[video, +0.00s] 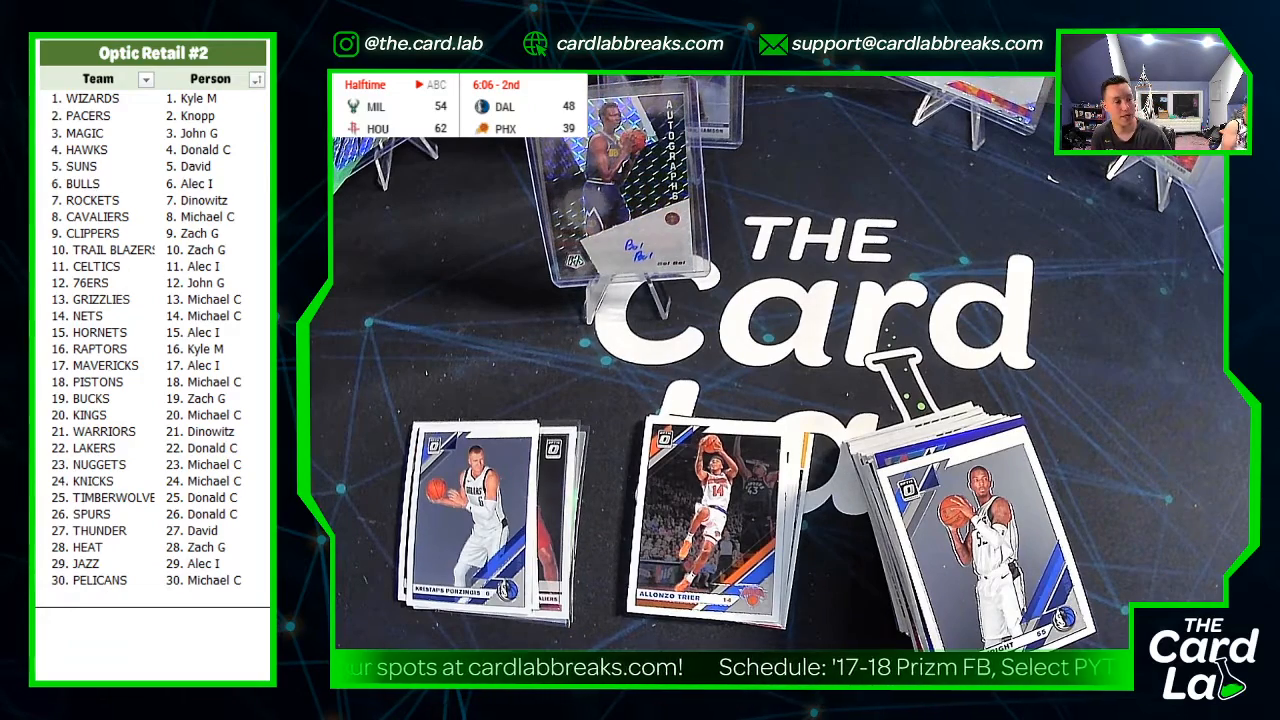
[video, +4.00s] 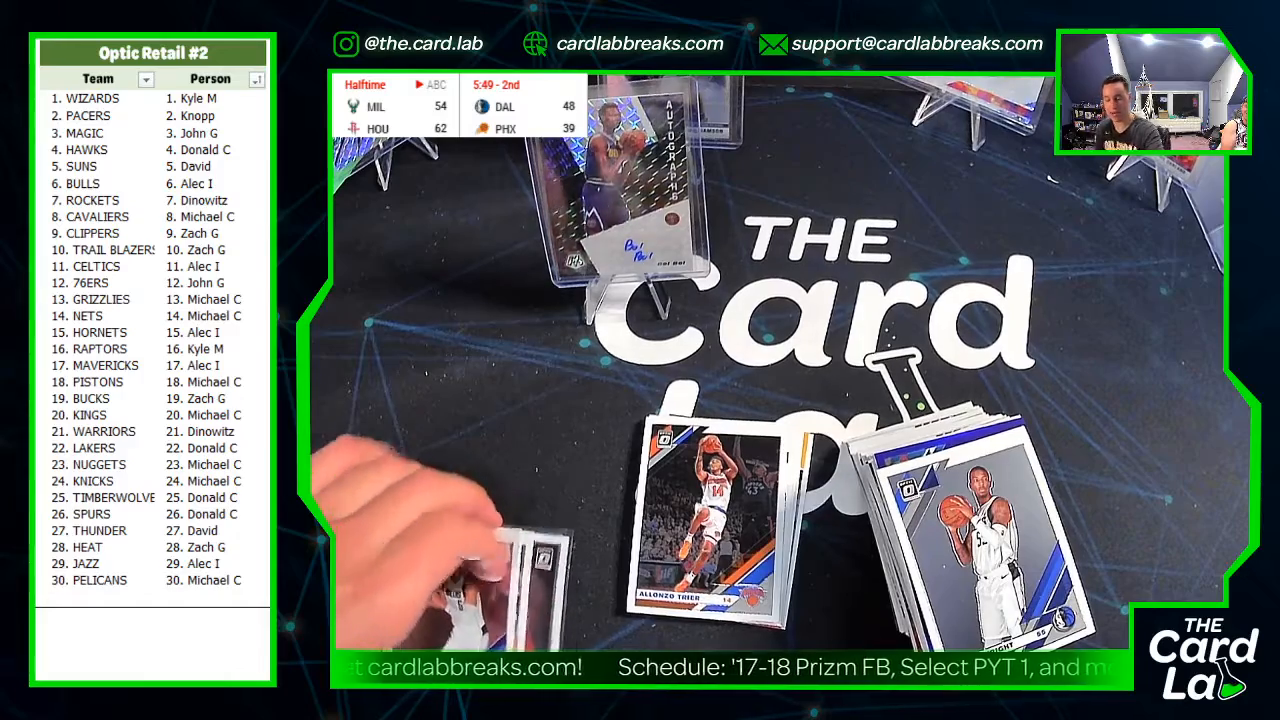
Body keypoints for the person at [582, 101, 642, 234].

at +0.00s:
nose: (618, 118)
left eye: (618, 114)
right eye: (613, 115)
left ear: (620, 116)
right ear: (604, 118)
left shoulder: (616, 140)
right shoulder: (598, 140)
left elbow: (620, 177)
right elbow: (606, 175)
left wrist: (633, 157)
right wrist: (624, 152)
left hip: (612, 188)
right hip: (597, 190)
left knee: (626, 230)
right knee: (597, 236)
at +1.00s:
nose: (618, 118)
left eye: (619, 115)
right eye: (614, 115)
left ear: (620, 116)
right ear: (604, 118)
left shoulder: (617, 141)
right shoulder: (598, 140)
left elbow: (620, 178)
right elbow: (607, 175)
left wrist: (633, 155)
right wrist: (624, 153)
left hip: (612, 189)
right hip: (596, 192)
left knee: (625, 231)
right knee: (598, 237)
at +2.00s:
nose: (617, 118)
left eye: (618, 114)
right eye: (613, 115)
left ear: (620, 117)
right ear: (603, 118)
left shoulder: (616, 141)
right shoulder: (598, 140)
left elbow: (622, 173)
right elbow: (606, 176)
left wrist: (633, 153)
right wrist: (624, 154)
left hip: (613, 189)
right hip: (597, 191)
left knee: (624, 229)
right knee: (599, 234)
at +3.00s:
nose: (617, 118)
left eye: (618, 114)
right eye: (612, 115)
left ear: (620, 117)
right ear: (603, 118)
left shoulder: (616, 140)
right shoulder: (598, 140)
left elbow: (622, 170)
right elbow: (606, 175)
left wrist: (632, 153)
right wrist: (624, 154)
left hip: (612, 187)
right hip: (598, 189)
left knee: (625, 219)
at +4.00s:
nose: (615, 118)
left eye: (617, 115)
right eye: (611, 115)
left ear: (620, 118)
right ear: (602, 118)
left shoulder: (617, 142)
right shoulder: (598, 141)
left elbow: (620, 179)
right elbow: (607, 176)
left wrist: (633, 155)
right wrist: (624, 155)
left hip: (612, 189)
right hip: (596, 191)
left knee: (624, 229)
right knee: (598, 236)